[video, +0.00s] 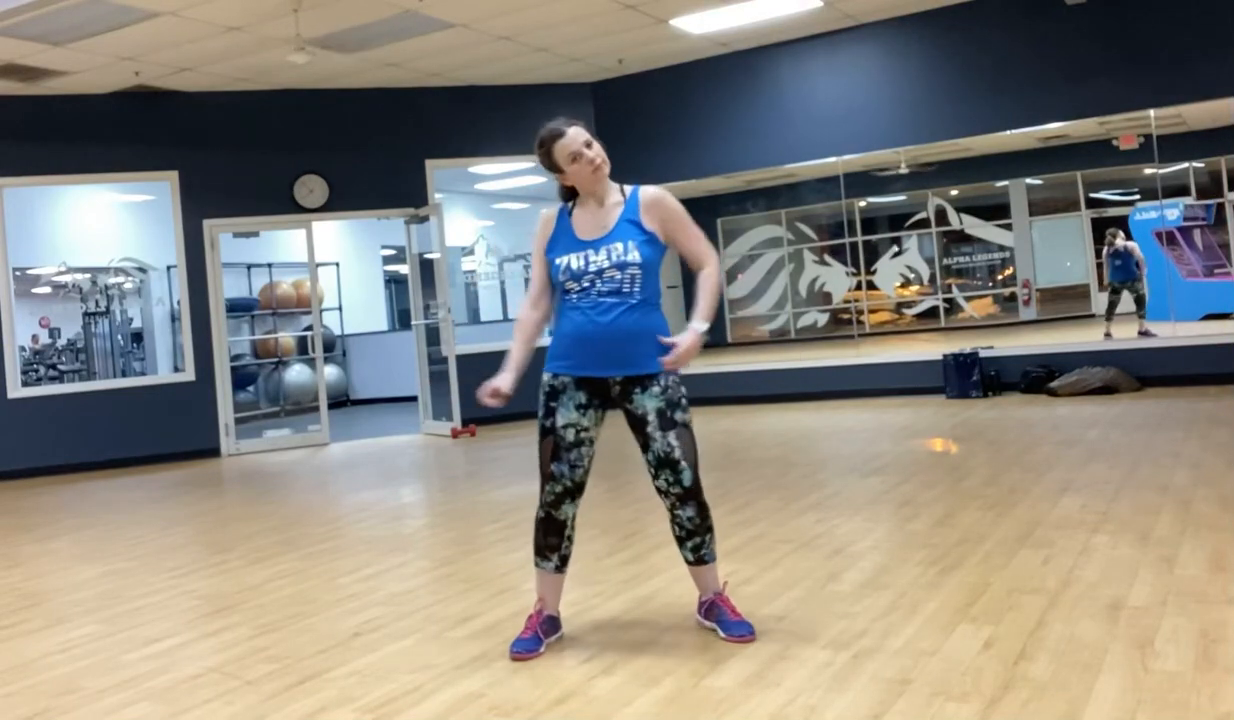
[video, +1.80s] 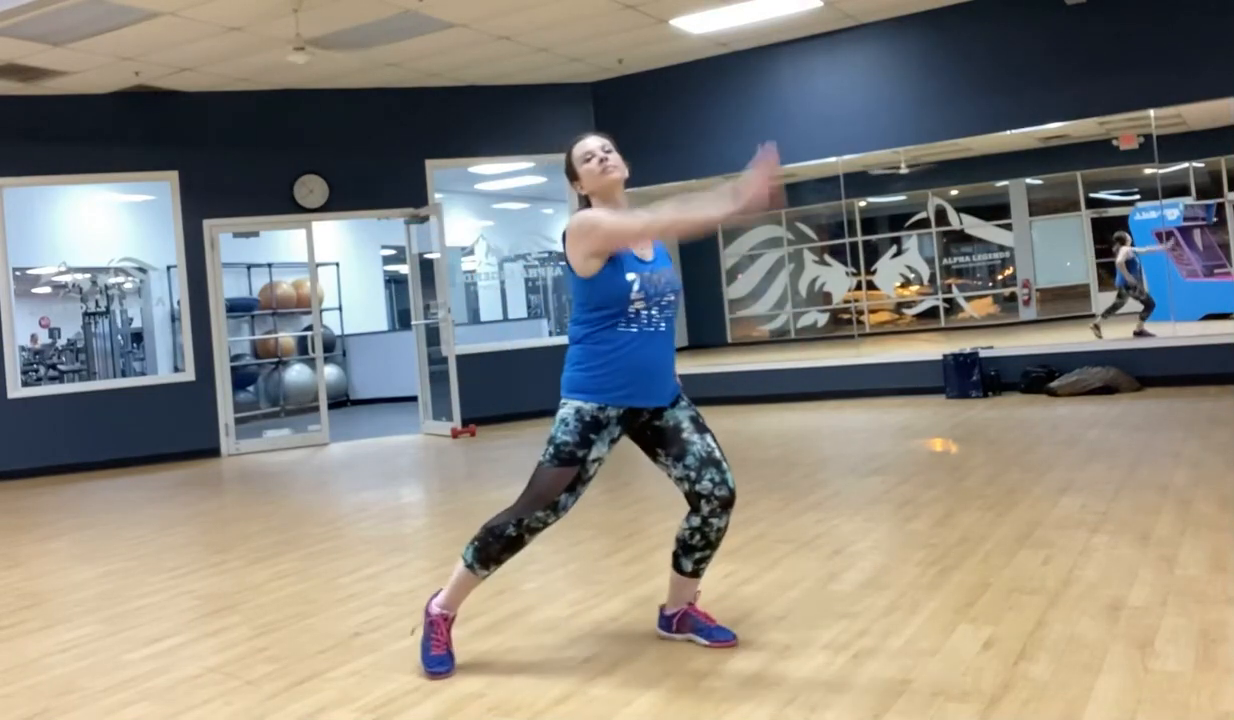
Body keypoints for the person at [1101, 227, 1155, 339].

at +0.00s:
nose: (1123, 234)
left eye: (1121, 233)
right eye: (1121, 233)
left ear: (1110, 237)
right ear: (1119, 235)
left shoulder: (1107, 249)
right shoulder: (1131, 245)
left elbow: (1105, 266)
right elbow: (1140, 259)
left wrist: (1106, 280)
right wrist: (1143, 272)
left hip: (1115, 279)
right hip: (1132, 278)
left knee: (1111, 304)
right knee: (1140, 301)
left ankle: (1107, 330)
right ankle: (1142, 328)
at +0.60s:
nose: (1123, 235)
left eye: (1122, 233)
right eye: (1122, 233)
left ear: (1110, 236)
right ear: (1120, 235)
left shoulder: (1104, 248)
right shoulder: (1125, 248)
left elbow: (1095, 262)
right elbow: (1133, 265)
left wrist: (1090, 275)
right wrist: (1147, 270)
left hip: (1114, 281)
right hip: (1129, 279)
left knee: (1114, 305)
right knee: (1134, 304)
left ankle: (1108, 330)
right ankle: (1141, 328)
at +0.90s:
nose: (1121, 234)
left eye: (1119, 232)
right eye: (1119, 233)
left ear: (1107, 235)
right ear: (1117, 235)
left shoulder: (1102, 247)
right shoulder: (1122, 247)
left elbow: (1089, 256)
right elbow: (1127, 264)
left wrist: (1077, 264)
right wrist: (1135, 275)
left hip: (1109, 280)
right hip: (1124, 279)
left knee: (1111, 304)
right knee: (1134, 301)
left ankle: (1107, 330)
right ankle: (1140, 326)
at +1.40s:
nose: (1129, 234)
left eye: (1128, 232)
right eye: (1127, 233)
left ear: (1117, 237)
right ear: (1124, 236)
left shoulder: (1116, 247)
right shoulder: (1129, 245)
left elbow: (1103, 256)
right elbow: (1128, 259)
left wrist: (1090, 260)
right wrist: (1133, 276)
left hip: (1118, 280)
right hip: (1128, 280)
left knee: (1119, 302)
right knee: (1145, 302)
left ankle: (1101, 322)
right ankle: (1139, 328)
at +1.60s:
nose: (1131, 236)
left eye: (1129, 235)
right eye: (1129, 235)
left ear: (1120, 240)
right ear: (1126, 238)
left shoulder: (1121, 249)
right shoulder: (1127, 248)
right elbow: (1120, 261)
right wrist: (1128, 276)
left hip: (1121, 284)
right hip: (1129, 283)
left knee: (1118, 303)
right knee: (1149, 303)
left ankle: (1098, 323)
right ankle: (1139, 328)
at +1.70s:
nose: (1130, 237)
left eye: (1129, 235)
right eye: (1128, 236)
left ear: (1119, 241)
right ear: (1126, 239)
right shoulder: (1126, 249)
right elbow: (1120, 262)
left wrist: (1163, 257)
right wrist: (1128, 277)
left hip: (1122, 284)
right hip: (1129, 284)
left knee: (1117, 304)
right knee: (1149, 304)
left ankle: (1097, 323)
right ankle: (1139, 328)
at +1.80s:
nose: (1130, 237)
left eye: (1128, 236)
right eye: (1127, 236)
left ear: (1120, 241)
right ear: (1125, 239)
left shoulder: (1129, 250)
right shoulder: (1125, 249)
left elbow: (1146, 249)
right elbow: (1119, 262)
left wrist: (1164, 247)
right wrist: (1128, 278)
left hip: (1124, 284)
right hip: (1129, 284)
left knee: (1117, 304)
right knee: (1150, 304)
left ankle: (1097, 323)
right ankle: (1139, 328)